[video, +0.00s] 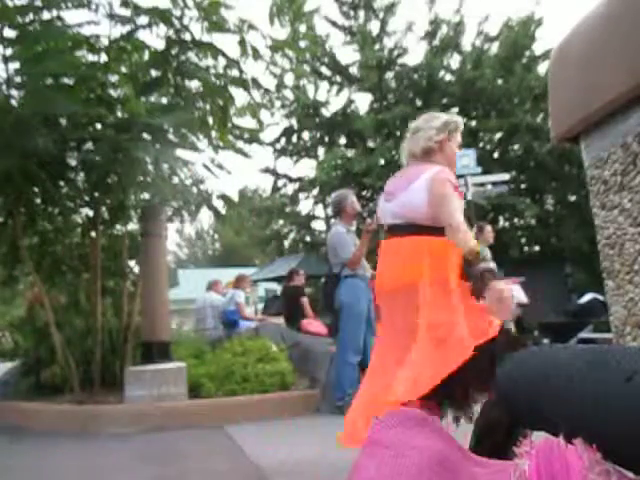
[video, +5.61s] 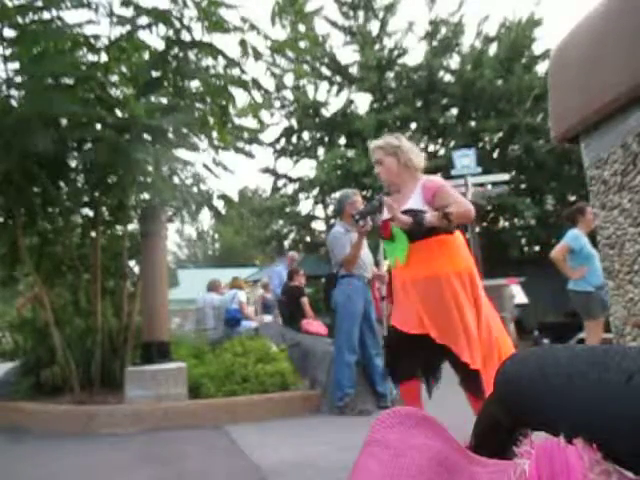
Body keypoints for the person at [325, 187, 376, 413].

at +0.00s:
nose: (359, 205)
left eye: (357, 201)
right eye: (354, 202)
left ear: (347, 207)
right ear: (345, 207)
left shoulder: (349, 232)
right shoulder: (338, 233)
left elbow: (360, 262)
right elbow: (353, 261)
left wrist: (373, 275)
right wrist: (366, 236)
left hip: (363, 282)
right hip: (351, 282)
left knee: (368, 340)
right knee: (351, 343)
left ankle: (368, 390)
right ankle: (346, 395)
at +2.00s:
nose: (360, 206)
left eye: (358, 201)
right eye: (356, 202)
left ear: (348, 207)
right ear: (347, 207)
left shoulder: (350, 233)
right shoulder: (337, 234)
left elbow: (357, 265)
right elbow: (352, 262)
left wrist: (374, 273)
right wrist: (366, 235)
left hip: (362, 284)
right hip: (350, 284)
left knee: (370, 344)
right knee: (350, 345)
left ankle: (386, 393)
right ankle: (344, 398)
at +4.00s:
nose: (361, 206)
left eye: (360, 202)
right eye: (356, 202)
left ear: (351, 207)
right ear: (346, 207)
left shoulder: (352, 232)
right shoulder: (338, 233)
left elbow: (358, 266)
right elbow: (353, 262)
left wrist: (375, 274)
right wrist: (367, 235)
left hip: (363, 285)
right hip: (351, 285)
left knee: (370, 344)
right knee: (351, 344)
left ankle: (386, 392)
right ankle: (344, 398)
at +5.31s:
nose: (362, 207)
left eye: (361, 202)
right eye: (358, 203)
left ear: (353, 207)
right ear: (347, 207)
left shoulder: (356, 231)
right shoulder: (337, 233)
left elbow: (360, 262)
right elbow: (350, 261)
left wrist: (374, 274)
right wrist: (361, 238)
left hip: (364, 283)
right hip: (350, 283)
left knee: (371, 342)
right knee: (349, 344)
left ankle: (385, 393)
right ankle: (343, 398)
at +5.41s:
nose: (361, 206)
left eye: (361, 202)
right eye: (357, 202)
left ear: (354, 207)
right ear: (346, 207)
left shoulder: (357, 231)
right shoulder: (337, 234)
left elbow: (366, 258)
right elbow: (346, 261)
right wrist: (362, 238)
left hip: (364, 285)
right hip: (347, 287)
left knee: (371, 342)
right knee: (348, 345)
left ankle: (384, 392)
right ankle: (343, 397)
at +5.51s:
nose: (361, 206)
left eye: (361, 202)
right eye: (357, 202)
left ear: (357, 207)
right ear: (346, 207)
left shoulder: (357, 231)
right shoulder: (337, 233)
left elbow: (365, 262)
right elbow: (348, 263)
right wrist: (362, 238)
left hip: (366, 282)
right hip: (348, 283)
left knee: (372, 342)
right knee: (348, 343)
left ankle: (385, 392)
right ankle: (344, 397)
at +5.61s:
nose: (362, 206)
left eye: (362, 202)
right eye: (357, 202)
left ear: (354, 207)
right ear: (346, 207)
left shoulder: (357, 232)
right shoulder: (337, 233)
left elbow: (363, 263)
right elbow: (347, 263)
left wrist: (376, 273)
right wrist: (360, 238)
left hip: (365, 283)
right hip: (349, 283)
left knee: (372, 341)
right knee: (348, 343)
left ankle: (385, 392)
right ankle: (343, 397)